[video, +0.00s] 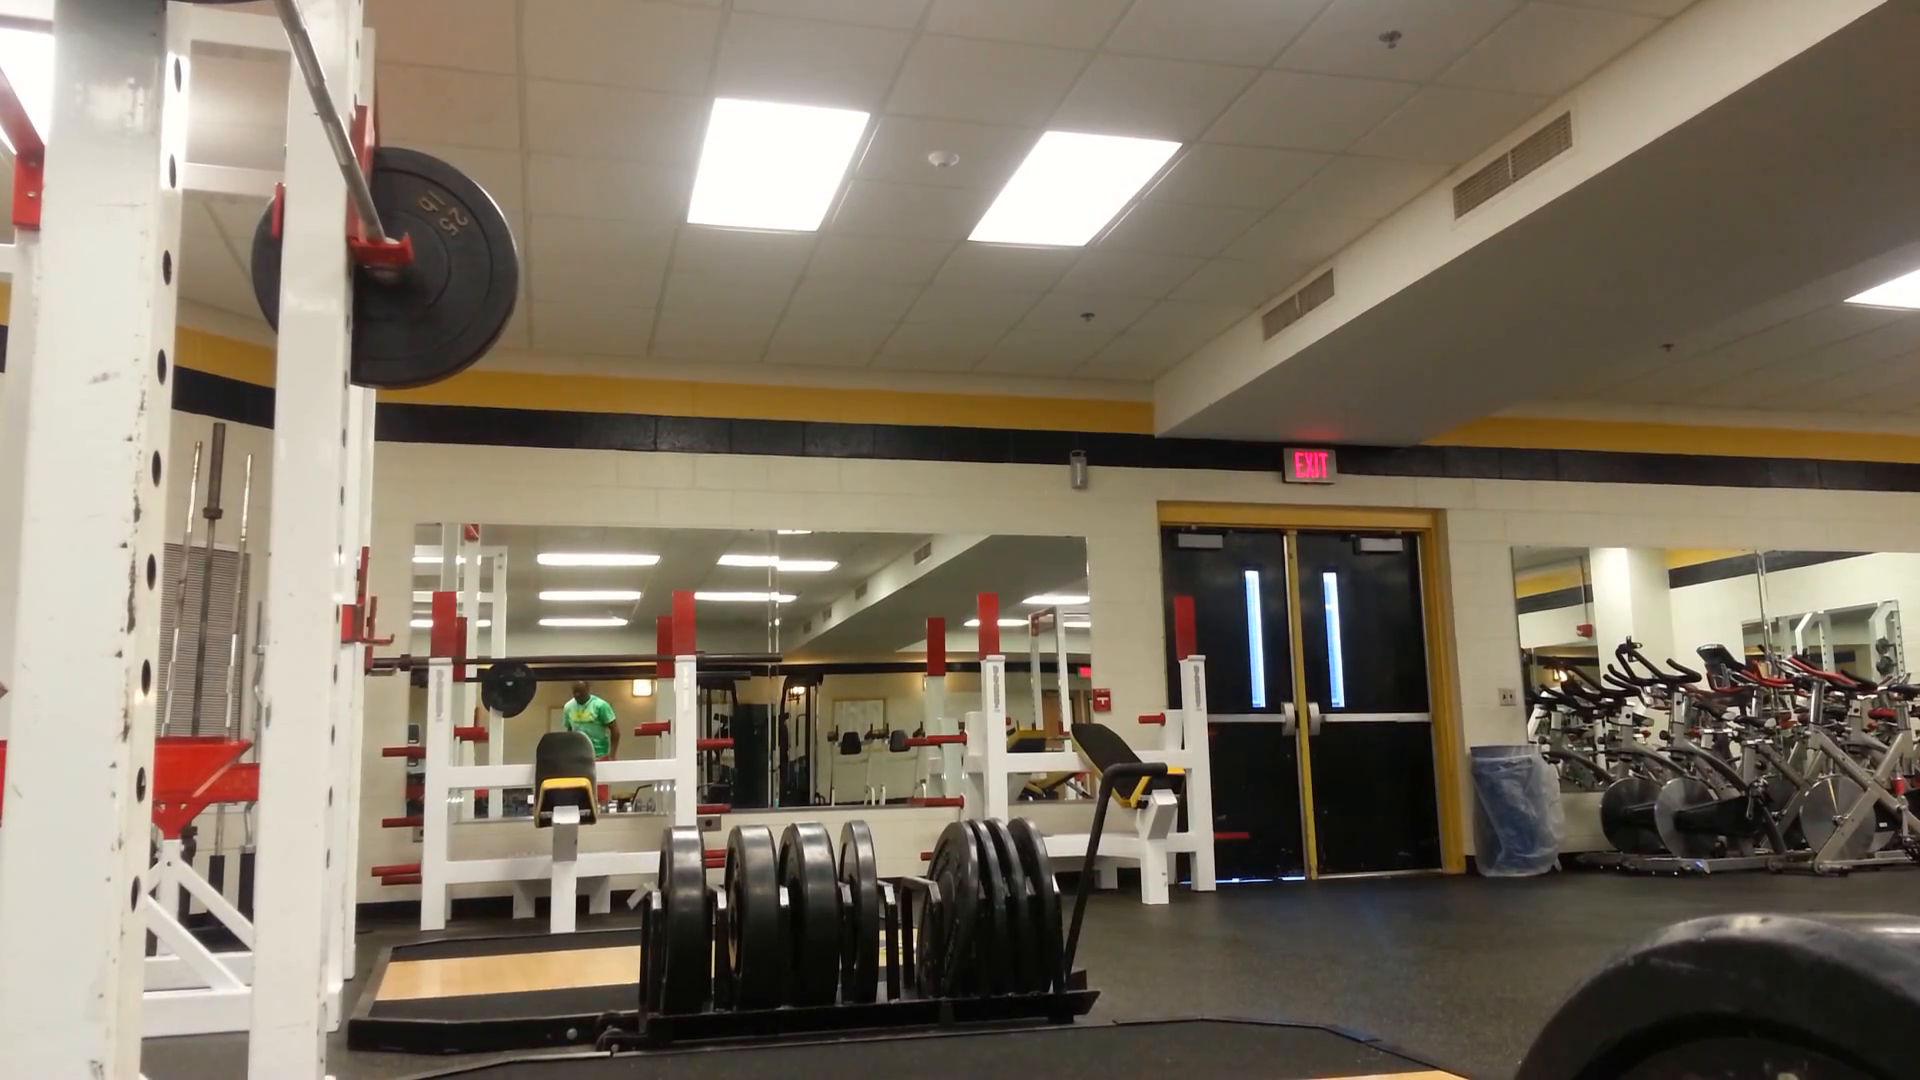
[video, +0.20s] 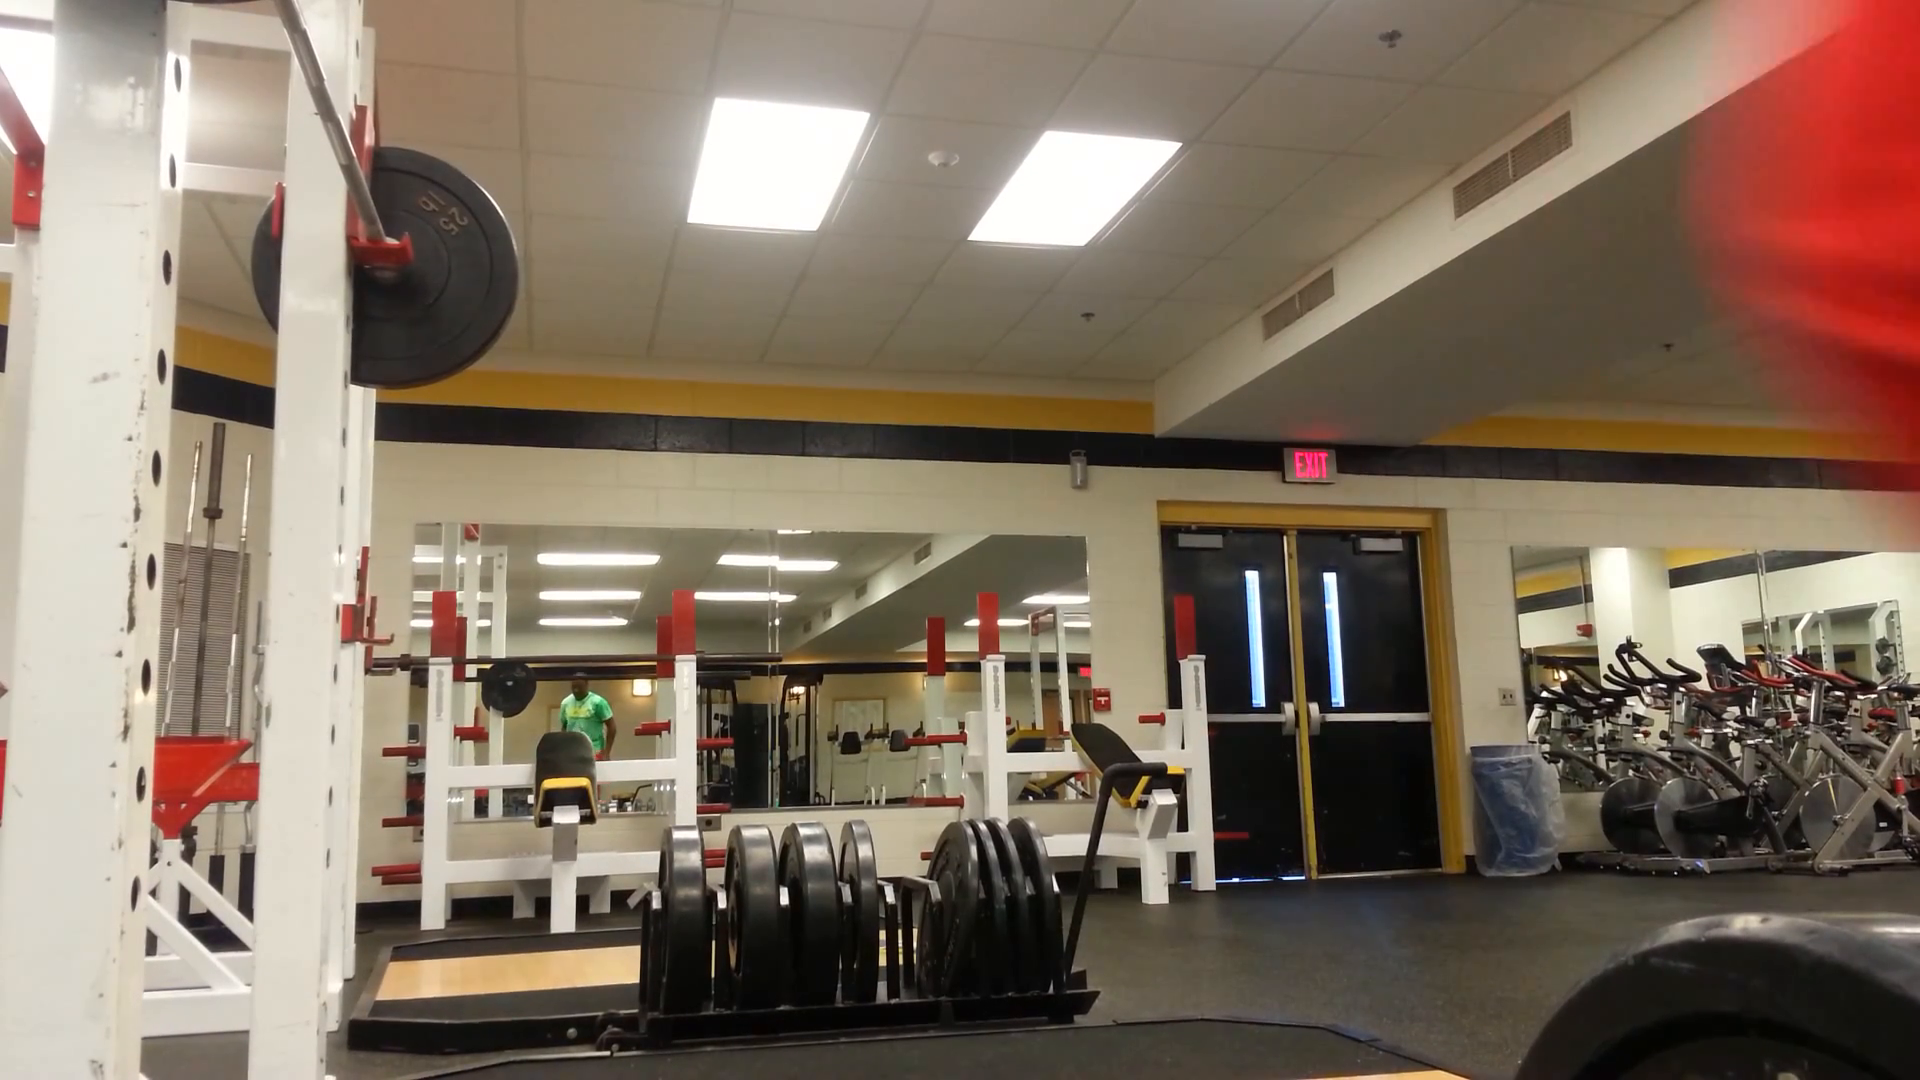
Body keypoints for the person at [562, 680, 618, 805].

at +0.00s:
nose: (577, 695)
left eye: (580, 691)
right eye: (575, 691)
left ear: (588, 689)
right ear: (572, 691)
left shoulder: (601, 706)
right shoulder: (568, 707)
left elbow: (615, 730)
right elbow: (569, 732)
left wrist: (612, 756)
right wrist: (569, 754)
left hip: (600, 757)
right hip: (578, 757)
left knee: (601, 797)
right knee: (580, 794)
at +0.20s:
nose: (576, 690)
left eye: (579, 686)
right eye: (574, 687)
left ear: (586, 685)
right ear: (571, 687)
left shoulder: (598, 702)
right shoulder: (566, 703)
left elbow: (612, 727)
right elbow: (564, 728)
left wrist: (606, 752)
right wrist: (563, 749)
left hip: (594, 752)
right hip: (573, 751)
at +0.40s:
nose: (575, 689)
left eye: (578, 686)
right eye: (573, 686)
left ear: (585, 685)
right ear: (570, 686)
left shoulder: (597, 701)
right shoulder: (563, 703)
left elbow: (610, 725)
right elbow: (560, 729)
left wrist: (605, 752)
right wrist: (559, 751)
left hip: (593, 752)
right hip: (571, 752)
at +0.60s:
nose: (574, 689)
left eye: (578, 686)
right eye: (573, 685)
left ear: (586, 686)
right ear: (570, 686)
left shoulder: (596, 704)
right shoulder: (562, 705)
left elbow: (608, 729)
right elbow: (560, 731)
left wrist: (605, 756)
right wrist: (559, 753)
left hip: (590, 753)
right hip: (568, 753)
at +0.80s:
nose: (577, 689)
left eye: (581, 685)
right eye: (575, 685)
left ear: (587, 686)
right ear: (572, 686)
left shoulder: (596, 707)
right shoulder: (561, 705)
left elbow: (607, 733)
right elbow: (557, 732)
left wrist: (602, 759)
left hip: (588, 755)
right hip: (565, 754)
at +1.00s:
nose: (576, 686)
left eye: (579, 682)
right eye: (573, 682)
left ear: (585, 683)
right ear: (570, 683)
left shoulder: (597, 702)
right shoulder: (560, 703)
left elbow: (609, 729)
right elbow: (557, 731)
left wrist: (602, 755)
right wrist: (556, 753)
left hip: (590, 752)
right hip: (567, 752)